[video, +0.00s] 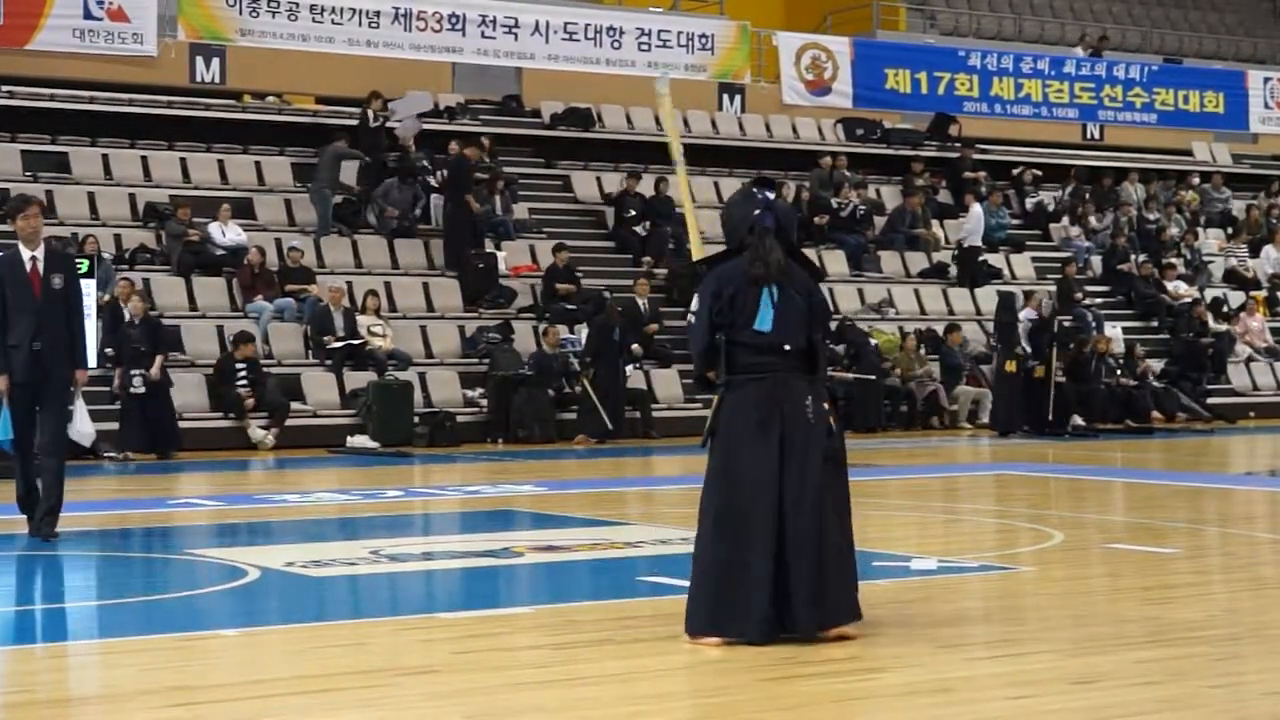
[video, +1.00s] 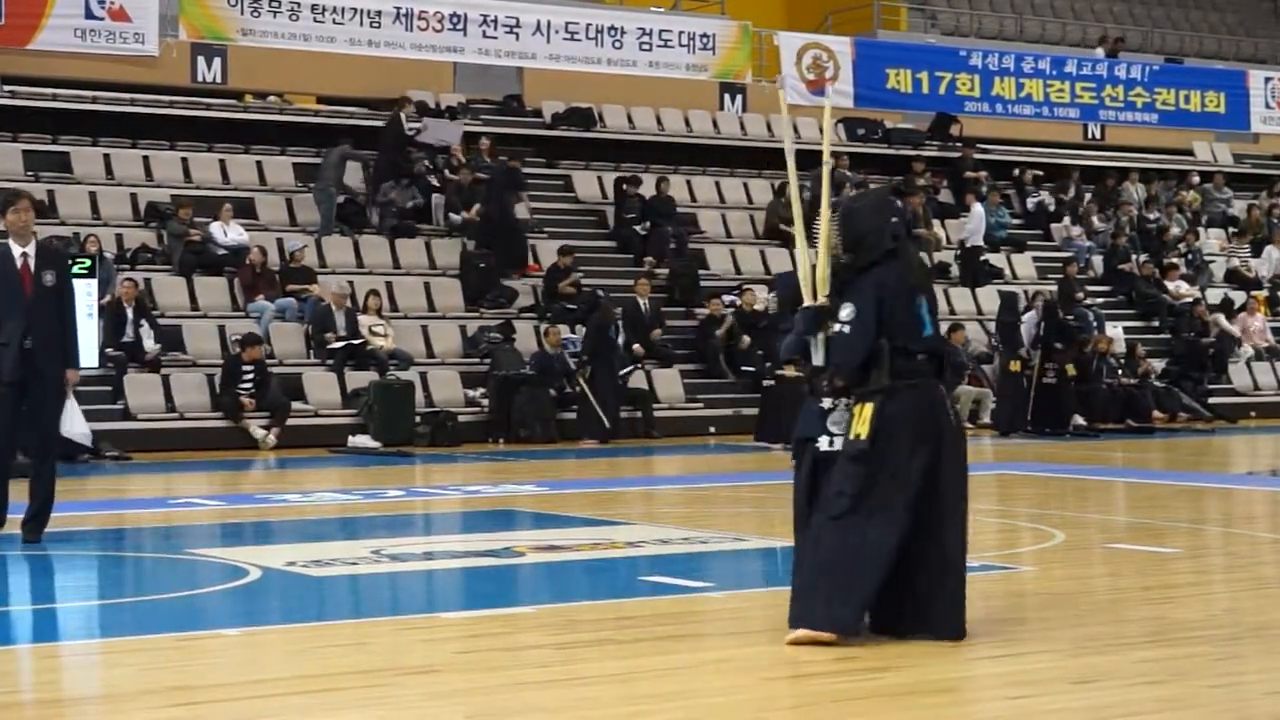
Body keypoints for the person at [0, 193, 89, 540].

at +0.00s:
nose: (33, 222)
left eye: (36, 216)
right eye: (25, 218)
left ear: (44, 219)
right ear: (13, 224)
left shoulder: (63, 259)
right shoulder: (4, 263)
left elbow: (75, 315)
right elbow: (1, 320)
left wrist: (80, 364)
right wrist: (1, 370)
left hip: (56, 364)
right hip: (16, 366)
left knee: (52, 443)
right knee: (23, 443)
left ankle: (46, 520)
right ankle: (31, 509)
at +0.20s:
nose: (32, 223)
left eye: (37, 217)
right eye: (25, 218)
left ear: (44, 220)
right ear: (13, 224)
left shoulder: (62, 259)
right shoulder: (4, 264)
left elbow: (74, 316)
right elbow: (1, 320)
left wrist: (79, 364)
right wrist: (0, 370)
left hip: (54, 364)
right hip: (15, 366)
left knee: (47, 441)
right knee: (21, 441)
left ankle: (37, 519)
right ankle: (28, 505)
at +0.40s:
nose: (31, 223)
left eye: (35, 216)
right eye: (24, 217)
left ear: (43, 220)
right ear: (11, 223)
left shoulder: (61, 258)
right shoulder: (4, 263)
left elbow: (73, 315)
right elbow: (2, 316)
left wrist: (77, 364)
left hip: (51, 364)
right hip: (12, 366)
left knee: (45, 441)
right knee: (19, 441)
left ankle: (35, 519)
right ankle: (29, 509)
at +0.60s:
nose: (28, 219)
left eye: (33, 213)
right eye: (21, 214)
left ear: (40, 217)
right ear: (9, 221)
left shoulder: (60, 258)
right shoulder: (3, 261)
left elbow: (71, 315)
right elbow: (2, 313)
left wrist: (74, 363)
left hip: (50, 363)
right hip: (11, 365)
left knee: (46, 441)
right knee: (17, 440)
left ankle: (36, 519)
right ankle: (30, 510)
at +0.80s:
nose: (26, 218)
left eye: (30, 212)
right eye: (19, 214)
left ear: (38, 217)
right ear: (8, 221)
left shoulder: (58, 258)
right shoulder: (2, 259)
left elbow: (70, 314)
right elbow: (2, 311)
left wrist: (73, 362)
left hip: (49, 364)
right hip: (9, 365)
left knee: (45, 445)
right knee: (7, 446)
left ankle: (35, 523)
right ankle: (16, 516)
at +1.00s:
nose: (23, 216)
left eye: (28, 211)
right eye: (16, 212)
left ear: (35, 216)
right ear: (4, 219)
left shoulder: (54, 257)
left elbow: (67, 313)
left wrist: (72, 362)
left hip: (46, 364)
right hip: (6, 365)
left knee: (44, 446)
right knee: (3, 445)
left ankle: (34, 525)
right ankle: (1, 513)